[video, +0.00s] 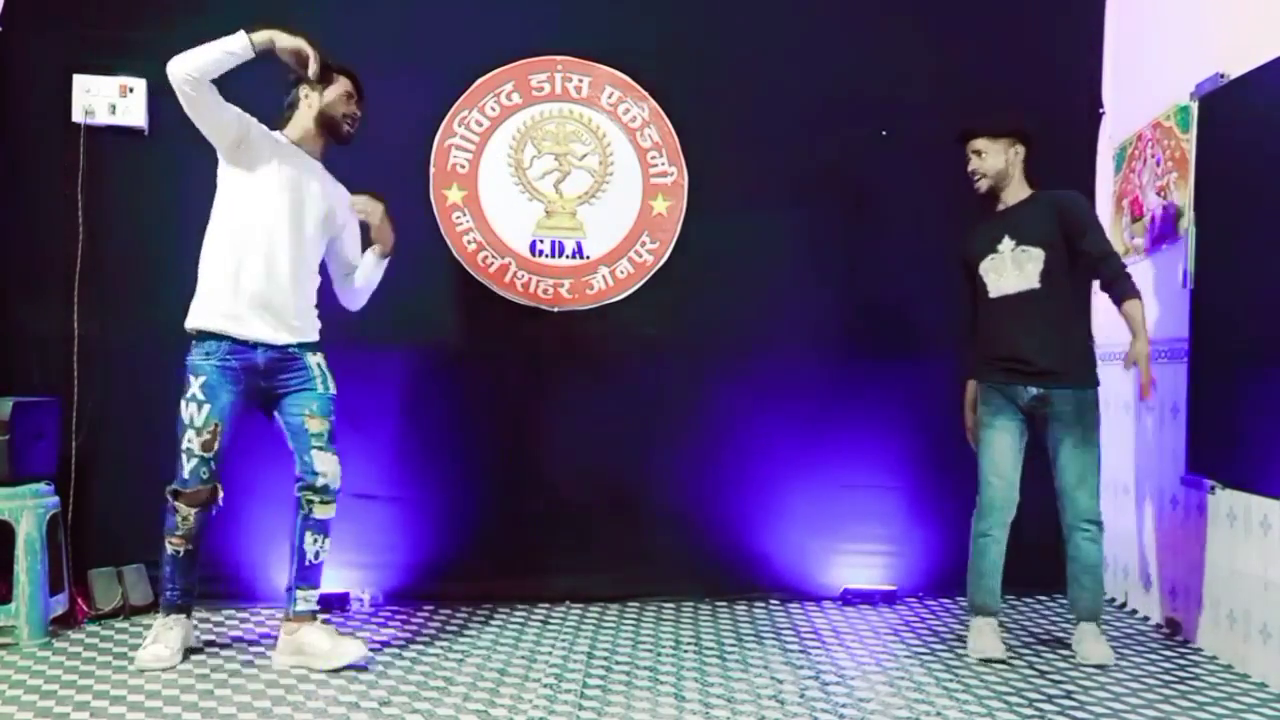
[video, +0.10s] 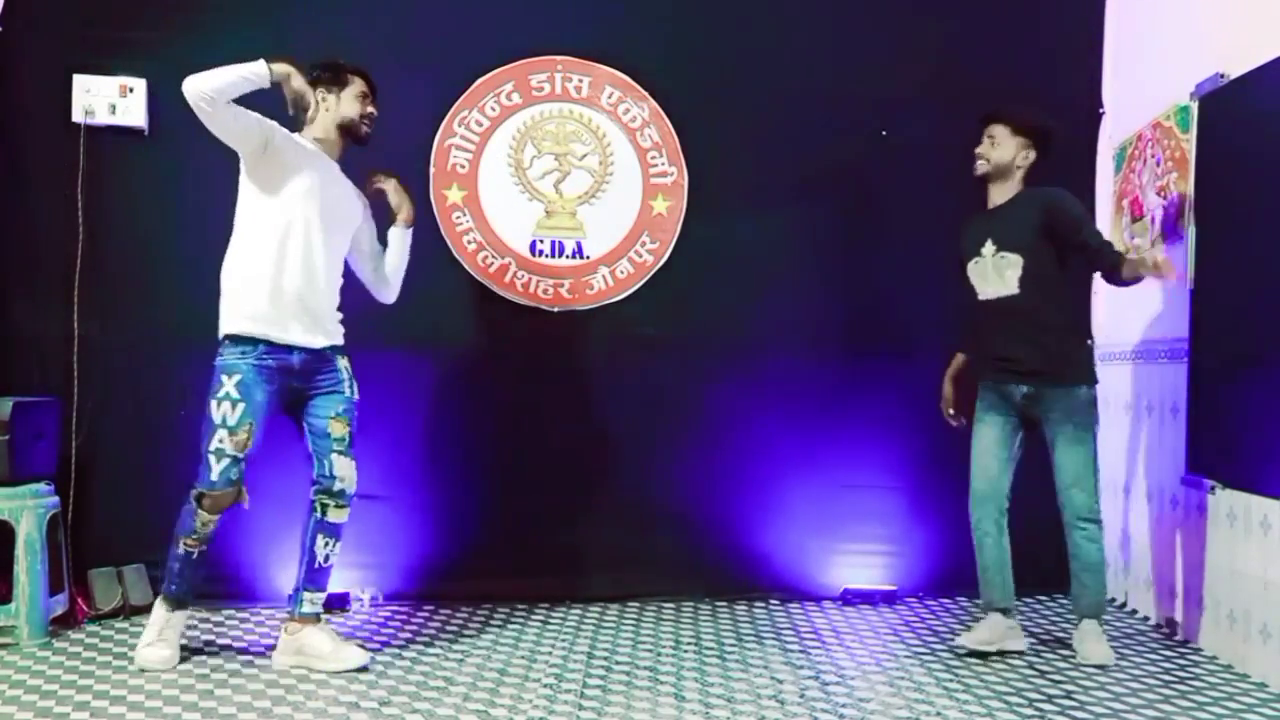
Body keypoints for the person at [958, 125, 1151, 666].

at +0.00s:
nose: (971, 166)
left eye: (980, 154)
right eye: (969, 157)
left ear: (1015, 153)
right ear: (979, 163)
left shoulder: (1064, 208)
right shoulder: (978, 235)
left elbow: (1111, 272)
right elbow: (975, 320)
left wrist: (1139, 335)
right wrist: (971, 391)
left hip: (1067, 381)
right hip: (998, 384)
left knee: (1080, 509)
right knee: (994, 504)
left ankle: (1087, 624)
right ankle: (983, 620)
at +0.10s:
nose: (981, 148)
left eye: (994, 140)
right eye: (981, 141)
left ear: (1025, 154)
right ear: (985, 154)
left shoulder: (1052, 205)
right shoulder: (975, 227)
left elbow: (1107, 263)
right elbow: (986, 313)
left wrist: (1139, 265)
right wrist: (956, 368)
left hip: (1064, 382)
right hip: (996, 382)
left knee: (1079, 507)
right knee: (985, 501)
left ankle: (1089, 623)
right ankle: (1000, 618)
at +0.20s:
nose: (981, 147)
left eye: (996, 145)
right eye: (985, 140)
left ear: (1019, 168)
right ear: (982, 157)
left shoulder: (1035, 211)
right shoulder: (964, 224)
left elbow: (1109, 270)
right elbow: (984, 302)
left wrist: (1106, 224)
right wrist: (943, 337)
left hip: (1054, 381)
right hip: (994, 380)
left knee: (1072, 506)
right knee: (975, 494)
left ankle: (1091, 623)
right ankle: (1016, 614)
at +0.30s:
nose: (962, 155)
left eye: (978, 154)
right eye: (967, 148)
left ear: (1001, 179)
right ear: (960, 172)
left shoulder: (1012, 219)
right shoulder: (952, 229)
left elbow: (1087, 281)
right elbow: (967, 301)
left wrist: (1040, 240)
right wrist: (923, 337)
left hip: (1040, 385)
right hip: (986, 386)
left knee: (1042, 504)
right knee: (974, 504)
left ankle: (1087, 616)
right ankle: (1015, 622)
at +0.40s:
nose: (930, 168)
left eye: (945, 165)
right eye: (931, 162)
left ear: (971, 186)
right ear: (924, 183)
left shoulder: (994, 230)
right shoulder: (934, 244)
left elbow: (1058, 300)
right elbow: (946, 314)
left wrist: (1005, 292)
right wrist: (903, 362)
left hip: (1024, 383)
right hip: (975, 386)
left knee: (985, 488)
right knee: (961, 499)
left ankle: (1052, 601)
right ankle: (1011, 616)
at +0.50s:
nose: (895, 176)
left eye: (908, 167)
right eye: (893, 168)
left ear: (939, 179)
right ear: (892, 184)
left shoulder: (978, 225)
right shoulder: (905, 255)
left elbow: (1031, 305)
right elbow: (926, 330)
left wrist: (986, 343)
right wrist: (905, 387)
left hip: (1005, 378)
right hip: (956, 384)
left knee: (956, 489)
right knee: (958, 495)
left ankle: (979, 621)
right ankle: (1016, 620)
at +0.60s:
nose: (861, 180)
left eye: (872, 169)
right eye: (860, 171)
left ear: (906, 175)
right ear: (873, 182)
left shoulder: (951, 219)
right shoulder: (892, 245)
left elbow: (996, 302)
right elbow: (926, 323)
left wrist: (990, 387)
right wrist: (912, 385)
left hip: (972, 385)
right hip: (929, 387)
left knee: (943, 499)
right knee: (915, 498)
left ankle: (954, 628)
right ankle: (1000, 601)